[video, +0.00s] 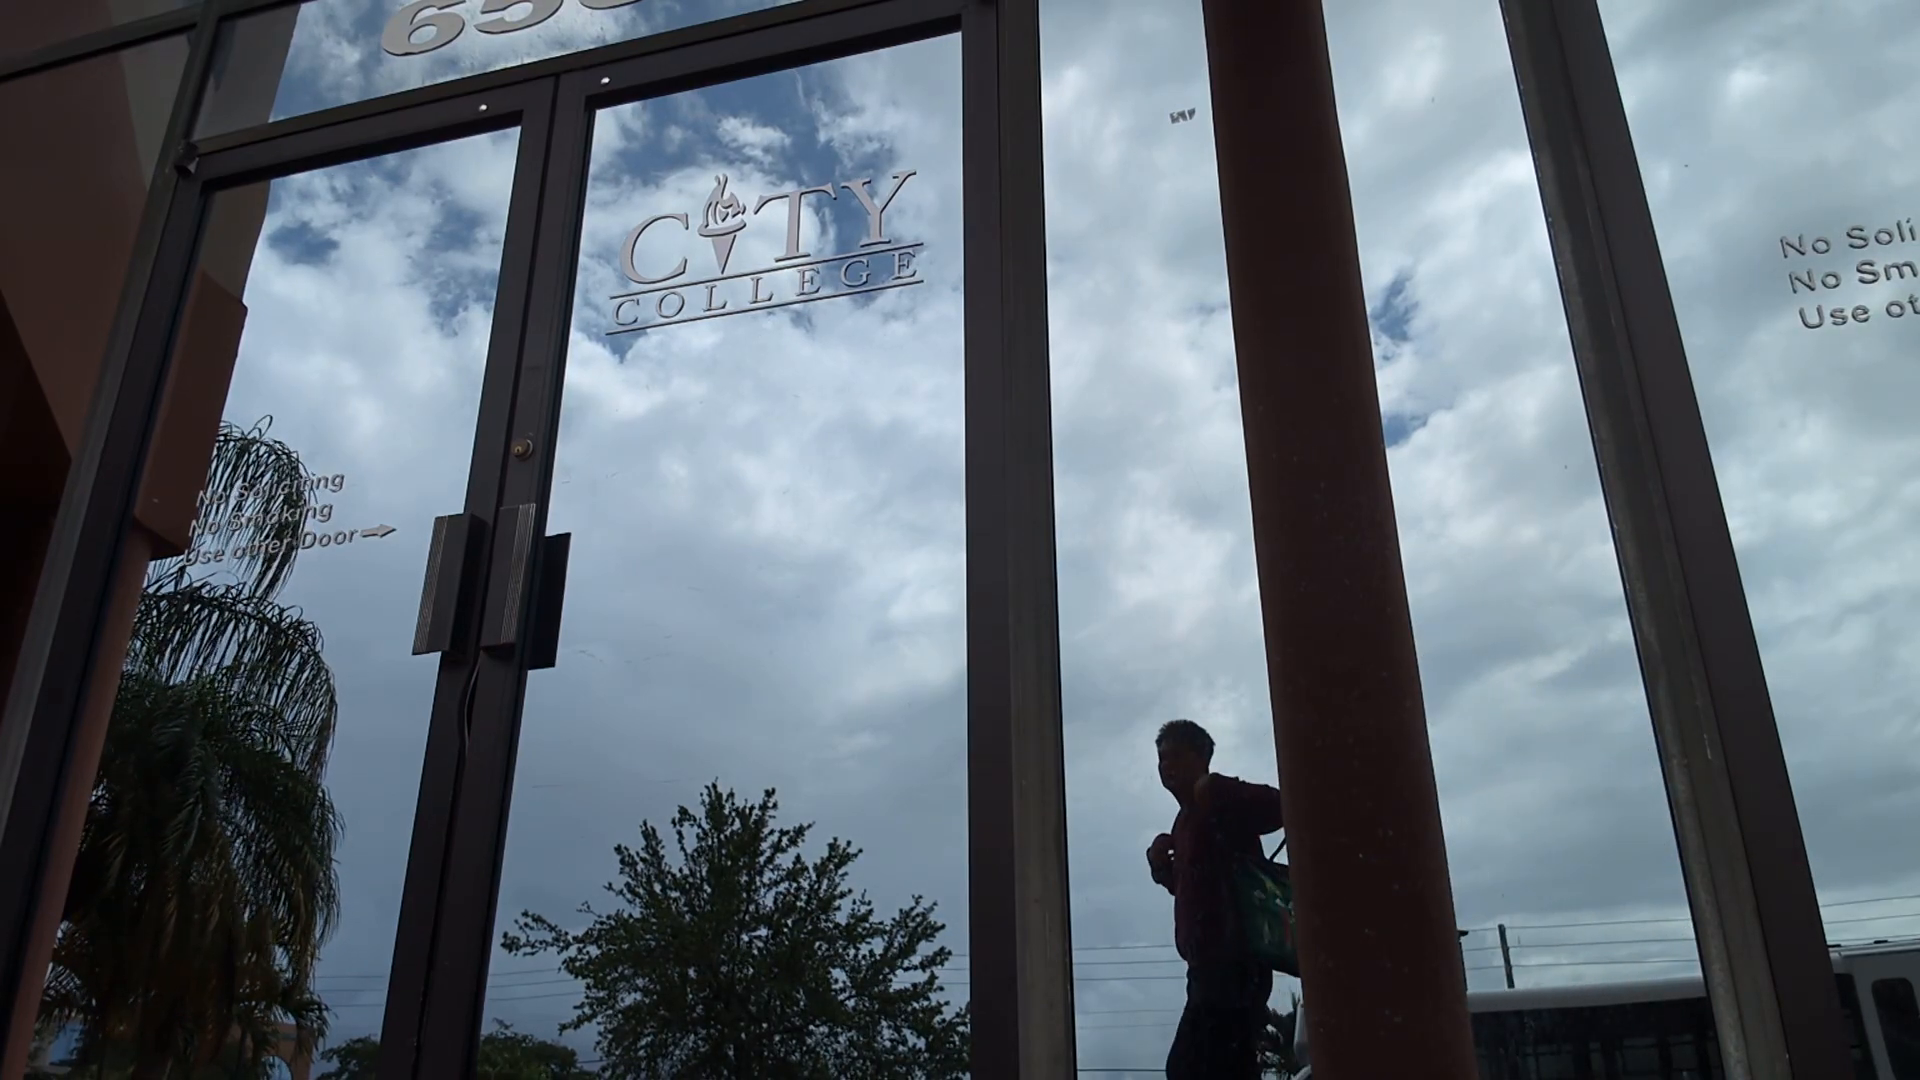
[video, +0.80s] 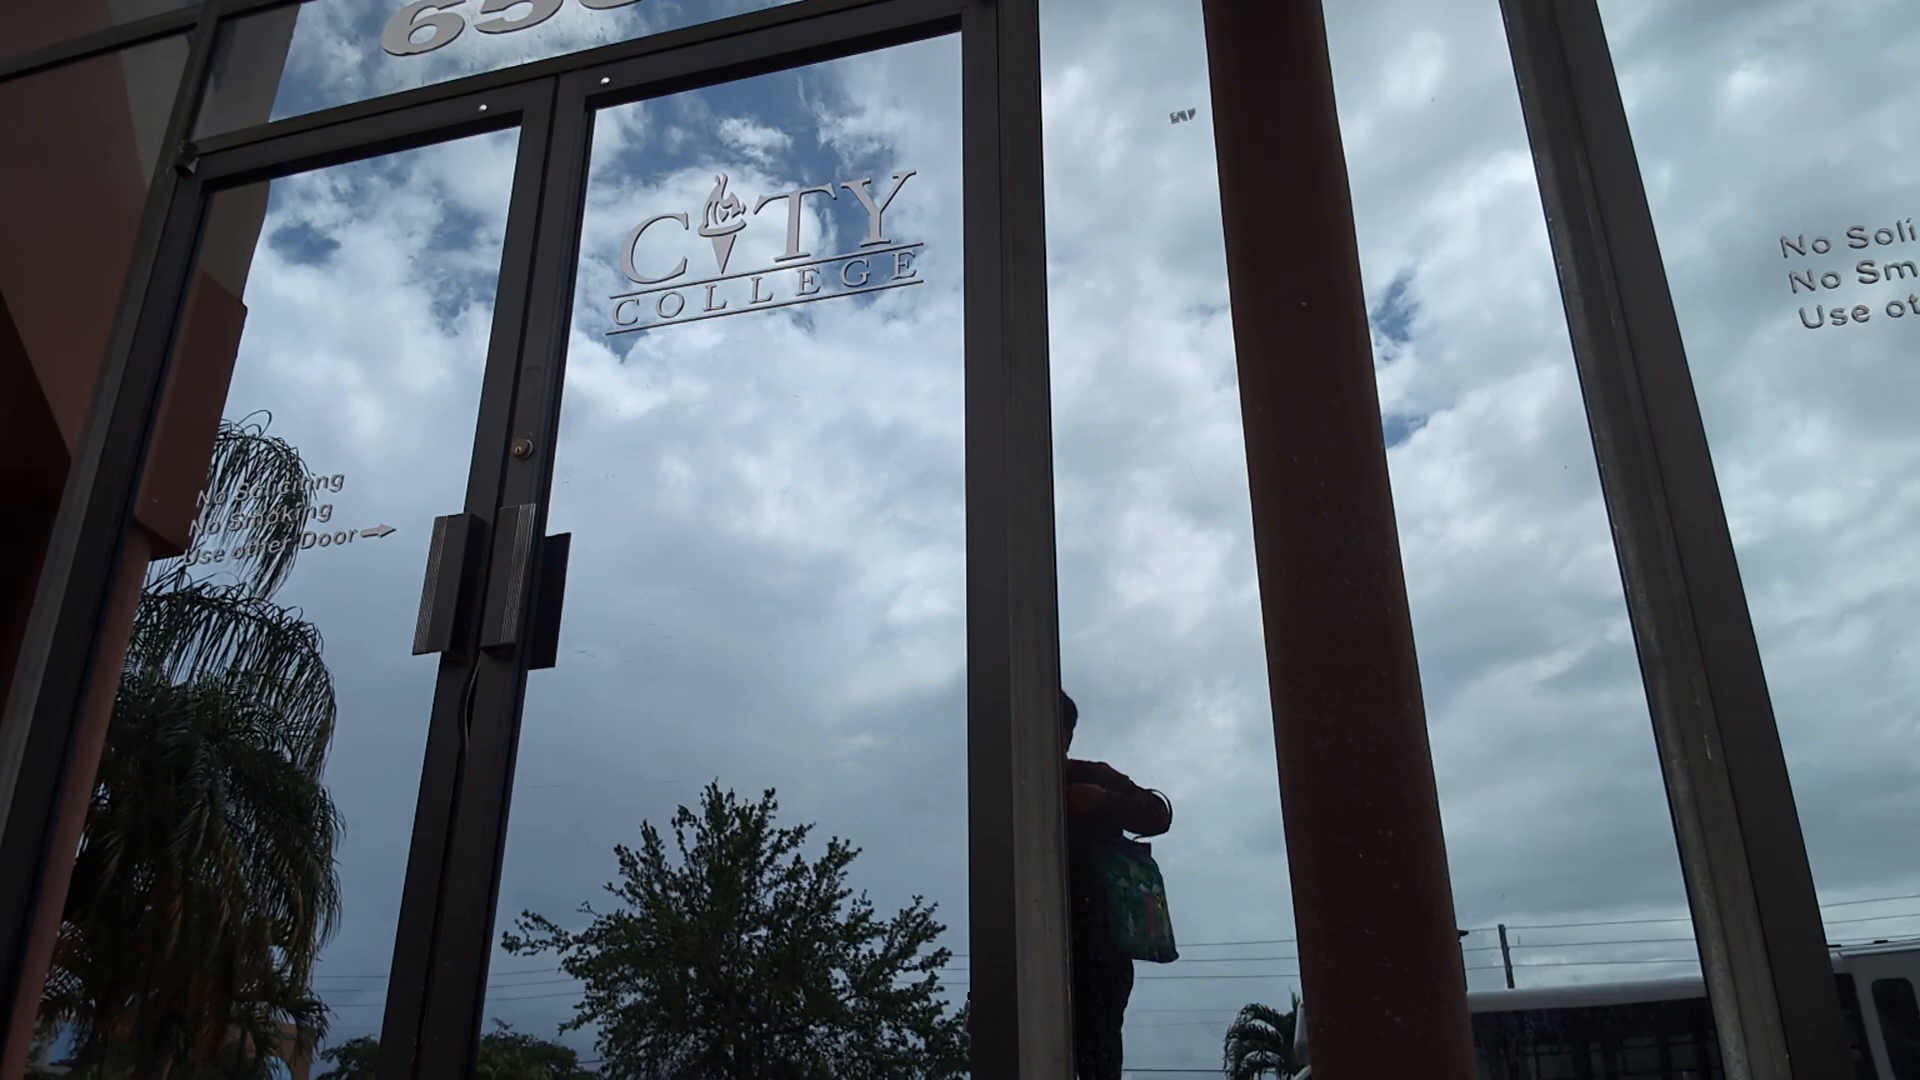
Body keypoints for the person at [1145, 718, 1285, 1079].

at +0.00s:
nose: (1164, 765)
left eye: (1174, 755)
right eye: (1161, 757)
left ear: (1202, 758)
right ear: (1158, 763)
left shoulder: (1223, 801)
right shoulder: (1184, 821)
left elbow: (1282, 808)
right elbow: (1193, 887)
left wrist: (1222, 786)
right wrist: (1162, 868)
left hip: (1236, 967)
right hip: (1208, 967)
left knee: (1185, 1066)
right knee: (1231, 1069)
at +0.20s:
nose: (1128, 766)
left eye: (1138, 756)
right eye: (1124, 757)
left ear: (1164, 759)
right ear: (1121, 763)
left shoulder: (1191, 800)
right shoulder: (1139, 822)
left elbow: (1259, 819)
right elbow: (1142, 890)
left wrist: (1200, 801)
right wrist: (1116, 862)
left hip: (1207, 971)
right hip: (1169, 973)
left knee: (1147, 1066)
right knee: (1210, 1072)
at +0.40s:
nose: (1093, 756)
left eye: (1103, 747)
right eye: (1088, 748)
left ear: (1127, 752)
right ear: (1084, 754)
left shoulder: (1155, 793)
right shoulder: (1095, 815)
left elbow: (1221, 821)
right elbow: (1099, 883)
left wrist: (1163, 802)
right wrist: (1073, 854)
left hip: (1167, 958)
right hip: (1125, 960)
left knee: (1121, 1061)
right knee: (1154, 1062)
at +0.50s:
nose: (1080, 747)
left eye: (1090, 738)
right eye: (1074, 738)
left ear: (1112, 743)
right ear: (1068, 743)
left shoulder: (1137, 786)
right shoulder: (1075, 807)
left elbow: (1204, 815)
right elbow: (1066, 875)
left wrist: (1146, 798)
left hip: (1148, 959)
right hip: (1104, 959)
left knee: (1118, 1061)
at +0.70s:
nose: (1060, 740)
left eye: (1068, 730)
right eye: (1054, 729)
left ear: (1083, 735)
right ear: (1041, 731)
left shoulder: (1107, 778)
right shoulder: (1029, 787)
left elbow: (1175, 811)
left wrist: (1120, 796)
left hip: (1112, 952)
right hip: (1052, 953)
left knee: (1107, 1066)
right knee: (1044, 1059)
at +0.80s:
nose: (1050, 735)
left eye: (1057, 726)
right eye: (1043, 724)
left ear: (1069, 731)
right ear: (1028, 727)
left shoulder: (1089, 775)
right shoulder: (1016, 780)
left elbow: (1159, 814)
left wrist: (1100, 801)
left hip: (1096, 943)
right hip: (1035, 941)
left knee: (1095, 1056)